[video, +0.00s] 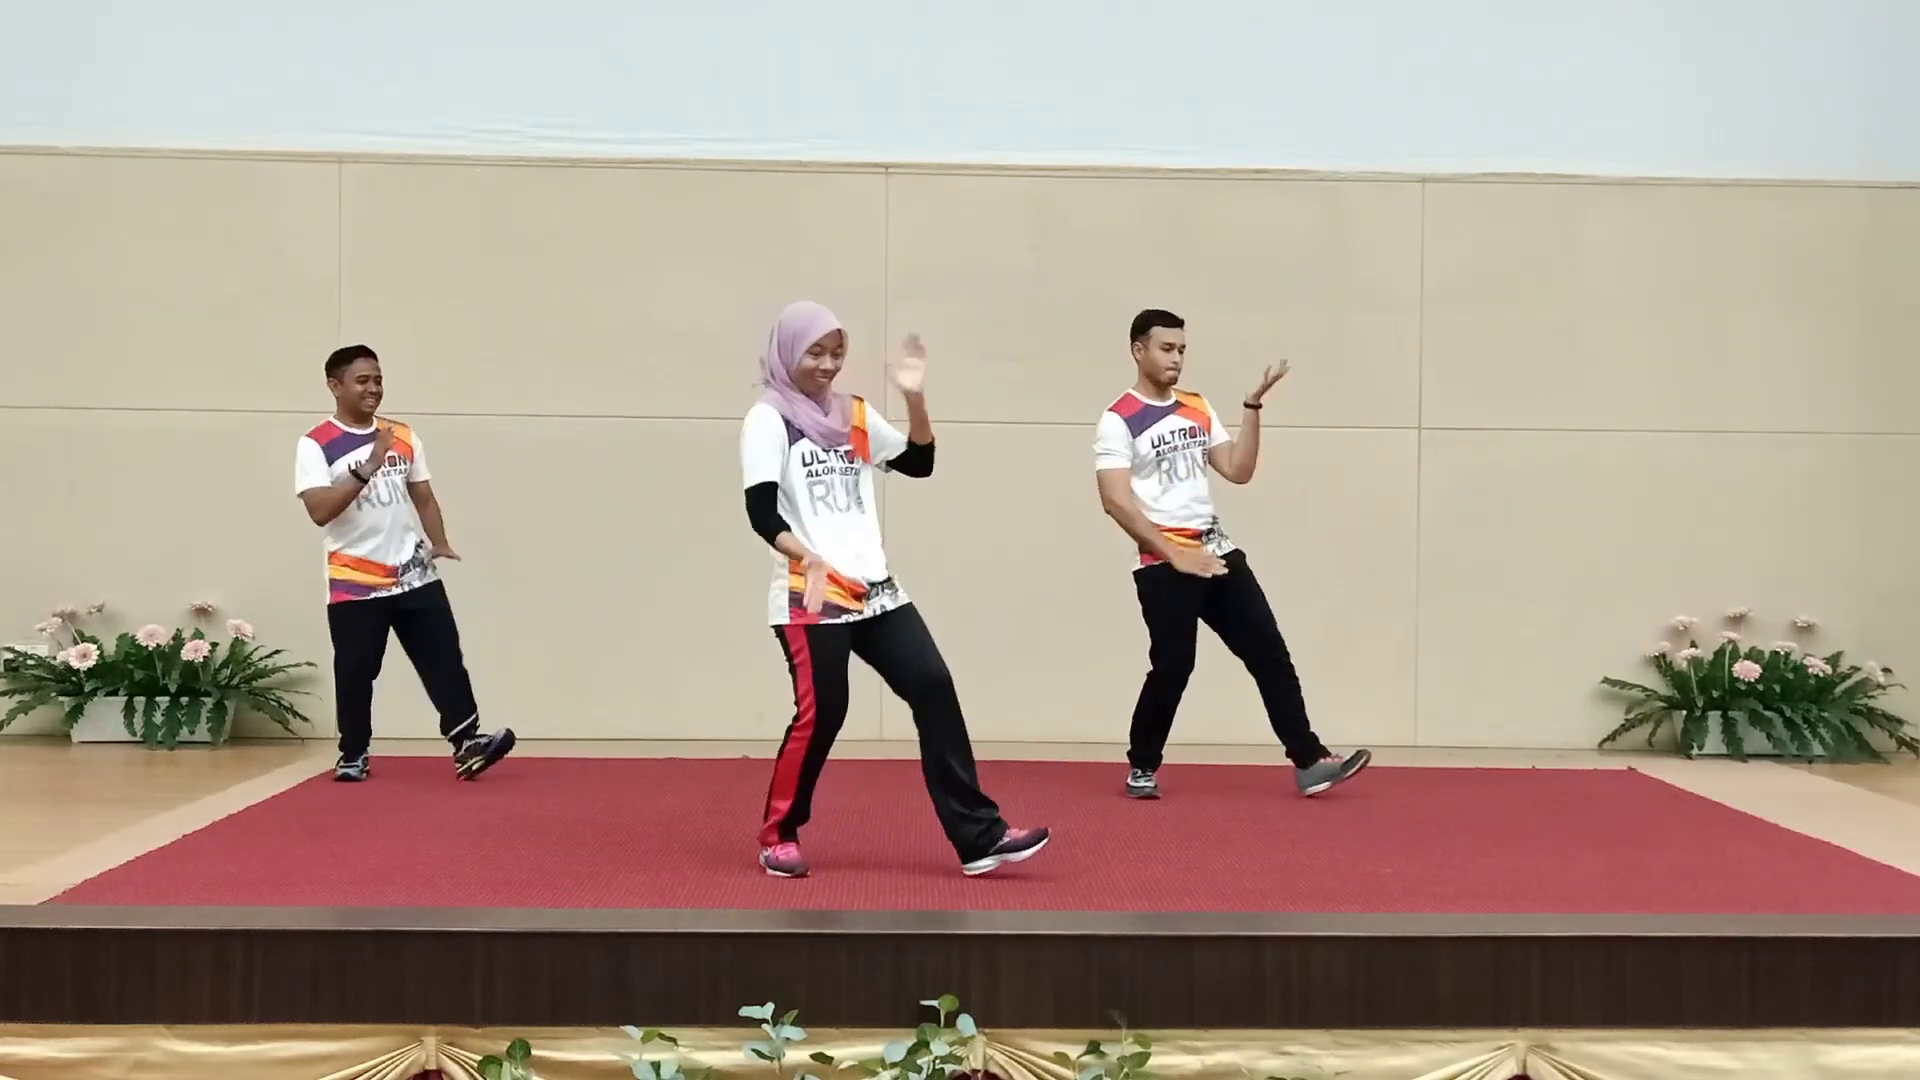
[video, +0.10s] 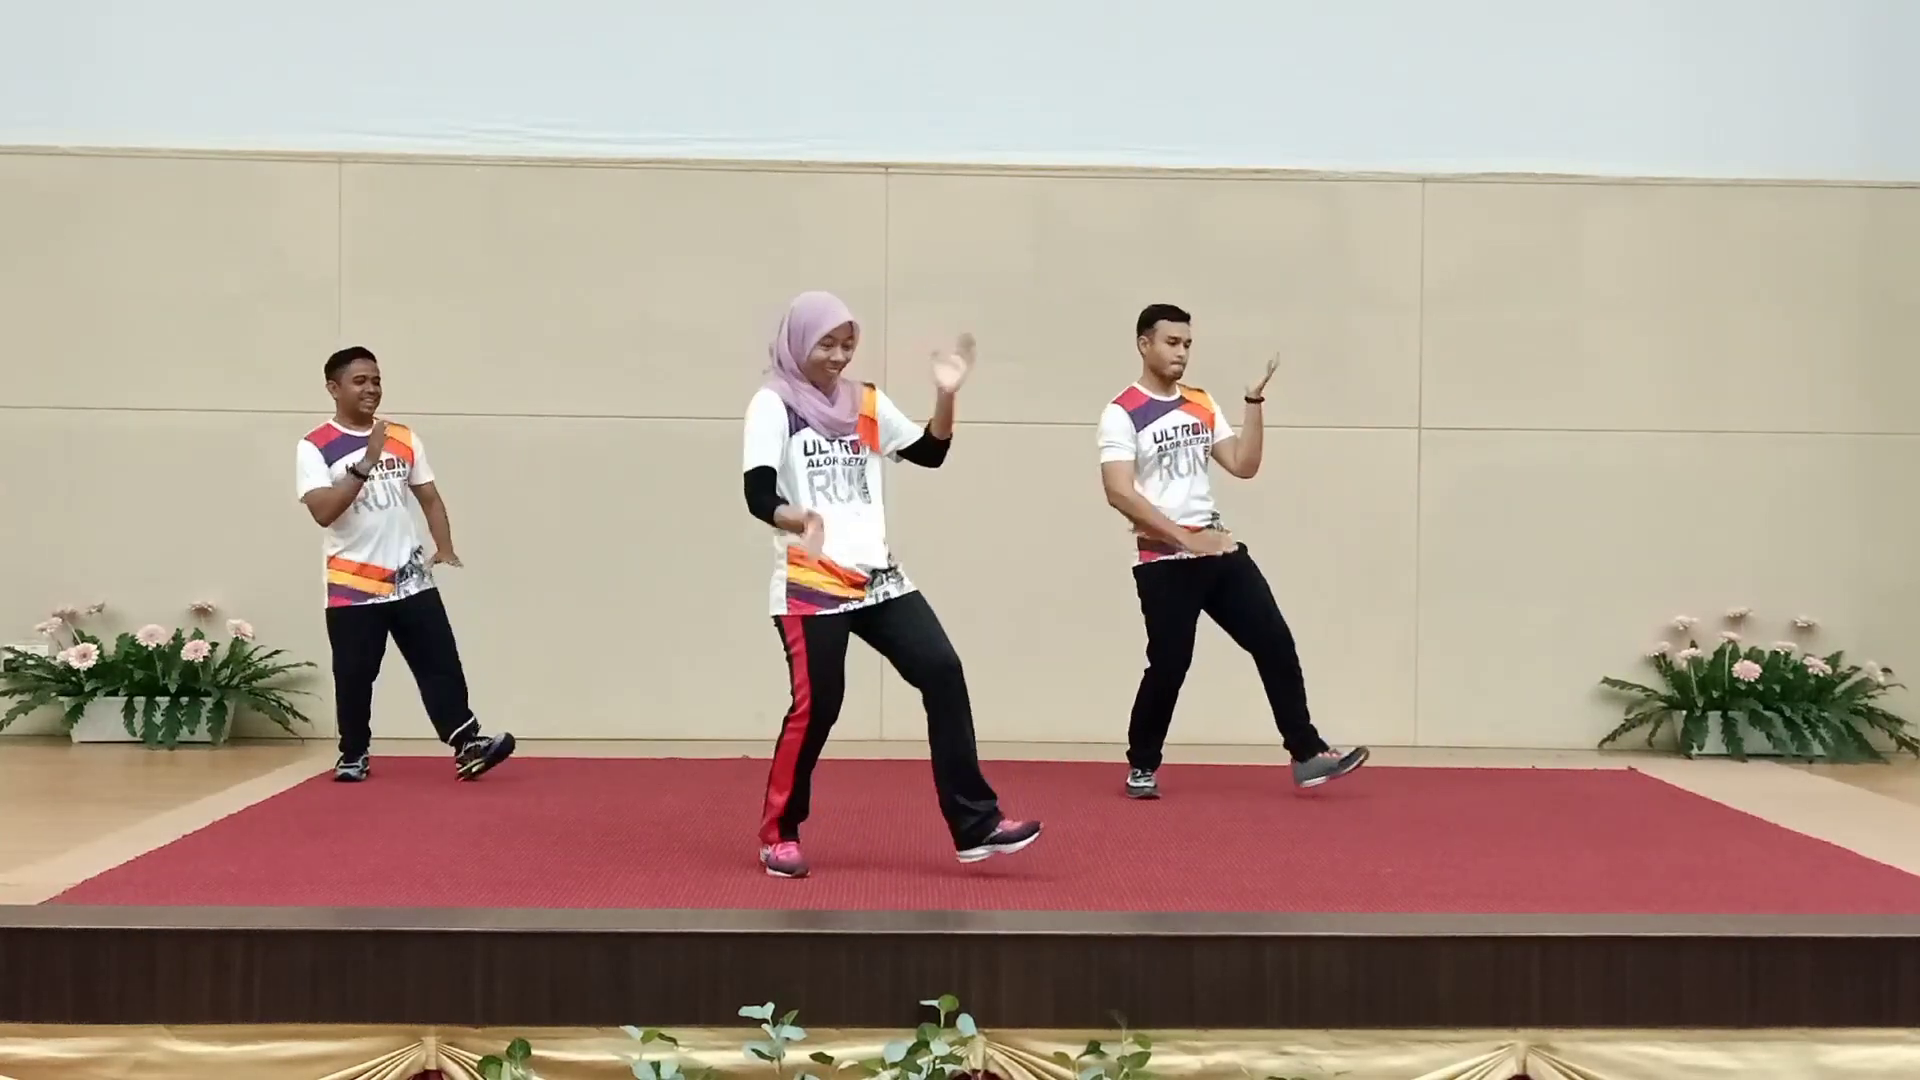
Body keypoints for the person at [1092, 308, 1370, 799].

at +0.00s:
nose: (1176, 358)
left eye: (1181, 350)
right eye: (1166, 349)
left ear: (1184, 354)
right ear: (1138, 350)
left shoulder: (1195, 407)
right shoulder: (1119, 419)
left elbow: (1239, 470)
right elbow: (1116, 500)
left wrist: (1251, 408)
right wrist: (1174, 553)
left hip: (1218, 557)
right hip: (1165, 567)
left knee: (1270, 656)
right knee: (1173, 666)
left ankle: (1310, 763)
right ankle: (1143, 767)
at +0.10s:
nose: (1181, 352)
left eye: (1186, 344)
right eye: (1172, 342)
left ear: (1190, 349)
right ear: (1144, 344)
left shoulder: (1198, 403)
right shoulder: (1122, 413)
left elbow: (1244, 464)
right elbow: (1120, 493)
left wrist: (1253, 404)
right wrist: (1185, 537)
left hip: (1219, 553)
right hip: (1164, 565)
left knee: (1275, 643)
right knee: (1168, 667)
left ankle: (1307, 756)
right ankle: (1142, 767)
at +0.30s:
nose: (1201, 328)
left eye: (1211, 321)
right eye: (1192, 318)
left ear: (1220, 328)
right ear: (1172, 320)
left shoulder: (1235, 386)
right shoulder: (1145, 384)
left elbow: (1279, 445)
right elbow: (1148, 455)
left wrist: (1280, 394)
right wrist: (1225, 455)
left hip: (1230, 535)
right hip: (1171, 542)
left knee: (1283, 628)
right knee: (1161, 652)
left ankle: (1324, 738)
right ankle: (1141, 762)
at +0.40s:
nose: (1226, 331)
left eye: (1237, 324)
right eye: (1218, 320)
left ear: (1248, 331)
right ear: (1200, 321)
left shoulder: (1255, 386)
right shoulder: (1169, 378)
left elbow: (1306, 454)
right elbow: (1172, 445)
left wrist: (1309, 423)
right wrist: (1241, 418)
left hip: (1246, 535)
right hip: (1186, 539)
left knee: (1294, 639)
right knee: (1168, 653)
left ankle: (1336, 749)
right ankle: (1143, 763)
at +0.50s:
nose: (1258, 340)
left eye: (1270, 333)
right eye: (1250, 329)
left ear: (1283, 340)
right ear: (1235, 331)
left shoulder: (1296, 396)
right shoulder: (1205, 388)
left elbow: (1323, 458)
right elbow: (1200, 455)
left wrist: (1337, 472)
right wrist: (1254, 405)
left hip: (1276, 551)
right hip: (1213, 550)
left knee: (1307, 659)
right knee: (1183, 659)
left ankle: (1339, 772)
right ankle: (1144, 763)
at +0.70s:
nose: (1302, 340)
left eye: (1314, 332)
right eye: (1295, 328)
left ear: (1333, 341)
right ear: (1283, 331)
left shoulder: (1350, 400)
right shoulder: (1253, 390)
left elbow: (1373, 471)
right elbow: (1240, 461)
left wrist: (1368, 493)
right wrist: (1290, 412)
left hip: (1327, 550)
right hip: (1260, 549)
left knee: (1348, 662)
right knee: (1222, 653)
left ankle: (1349, 777)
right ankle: (1177, 758)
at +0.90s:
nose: (1340, 328)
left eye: (1353, 322)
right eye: (1334, 317)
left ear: (1372, 332)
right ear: (1323, 321)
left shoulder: (1390, 388)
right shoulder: (1292, 385)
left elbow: (1411, 468)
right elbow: (1278, 461)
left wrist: (1392, 429)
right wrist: (1316, 470)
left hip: (1364, 541)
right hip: (1301, 540)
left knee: (1361, 661)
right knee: (1289, 646)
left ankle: (1352, 774)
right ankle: (1316, 744)